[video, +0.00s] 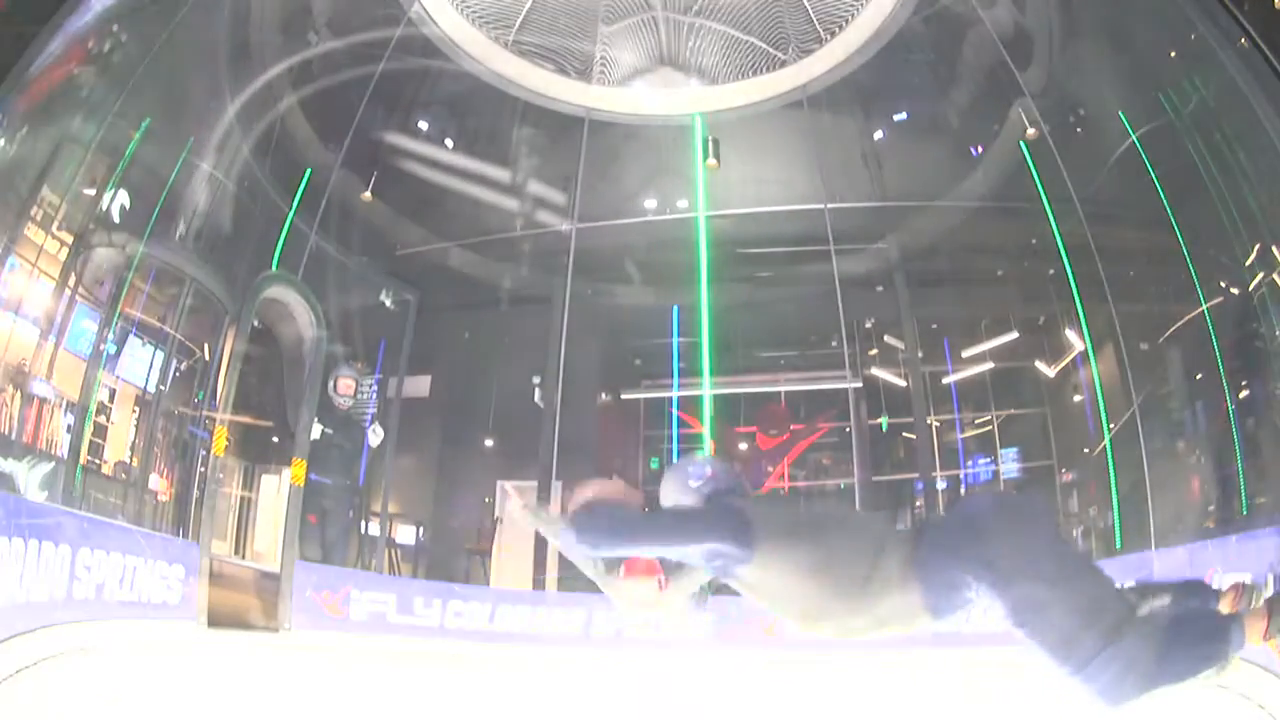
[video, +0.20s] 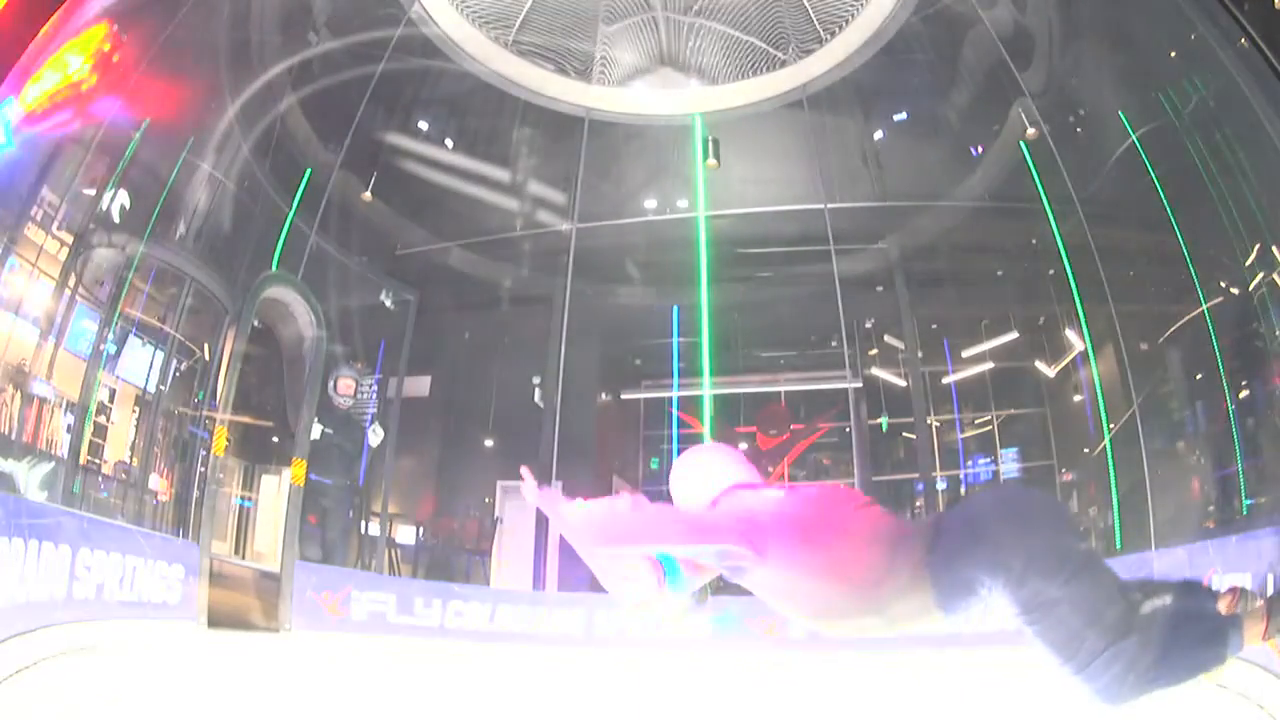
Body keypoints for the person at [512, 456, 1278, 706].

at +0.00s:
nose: (667, 541)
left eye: (670, 524)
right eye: (669, 525)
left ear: (697, 509)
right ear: (722, 493)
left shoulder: (734, 528)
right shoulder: (749, 531)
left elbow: (612, 541)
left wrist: (546, 517)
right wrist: (574, 518)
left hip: (978, 551)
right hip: (978, 546)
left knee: (1112, 671)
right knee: (1111, 633)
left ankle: (1235, 625)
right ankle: (1224, 606)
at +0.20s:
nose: (687, 516)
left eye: (688, 501)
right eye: (686, 501)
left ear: (718, 488)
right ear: (735, 477)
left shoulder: (763, 518)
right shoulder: (783, 516)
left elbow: (646, 522)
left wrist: (561, 513)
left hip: (997, 543)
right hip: (992, 533)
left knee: (1120, 669)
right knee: (1115, 614)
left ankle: (1248, 622)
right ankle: (1226, 600)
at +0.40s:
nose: (693, 509)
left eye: (692, 497)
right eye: (693, 499)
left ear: (719, 488)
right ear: (742, 474)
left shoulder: (773, 513)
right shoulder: (792, 514)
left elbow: (664, 517)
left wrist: (594, 535)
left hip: (1005, 536)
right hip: (998, 526)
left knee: (1112, 656)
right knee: (1106, 602)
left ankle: (1236, 615)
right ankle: (1220, 595)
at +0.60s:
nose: (683, 491)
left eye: (688, 479)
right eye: (687, 477)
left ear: (711, 480)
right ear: (736, 474)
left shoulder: (748, 523)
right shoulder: (752, 518)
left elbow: (636, 549)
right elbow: (648, 546)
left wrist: (520, 573)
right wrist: (553, 534)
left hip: (988, 542)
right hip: (973, 545)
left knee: (1116, 639)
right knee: (1110, 606)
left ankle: (1230, 614)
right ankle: (1221, 608)